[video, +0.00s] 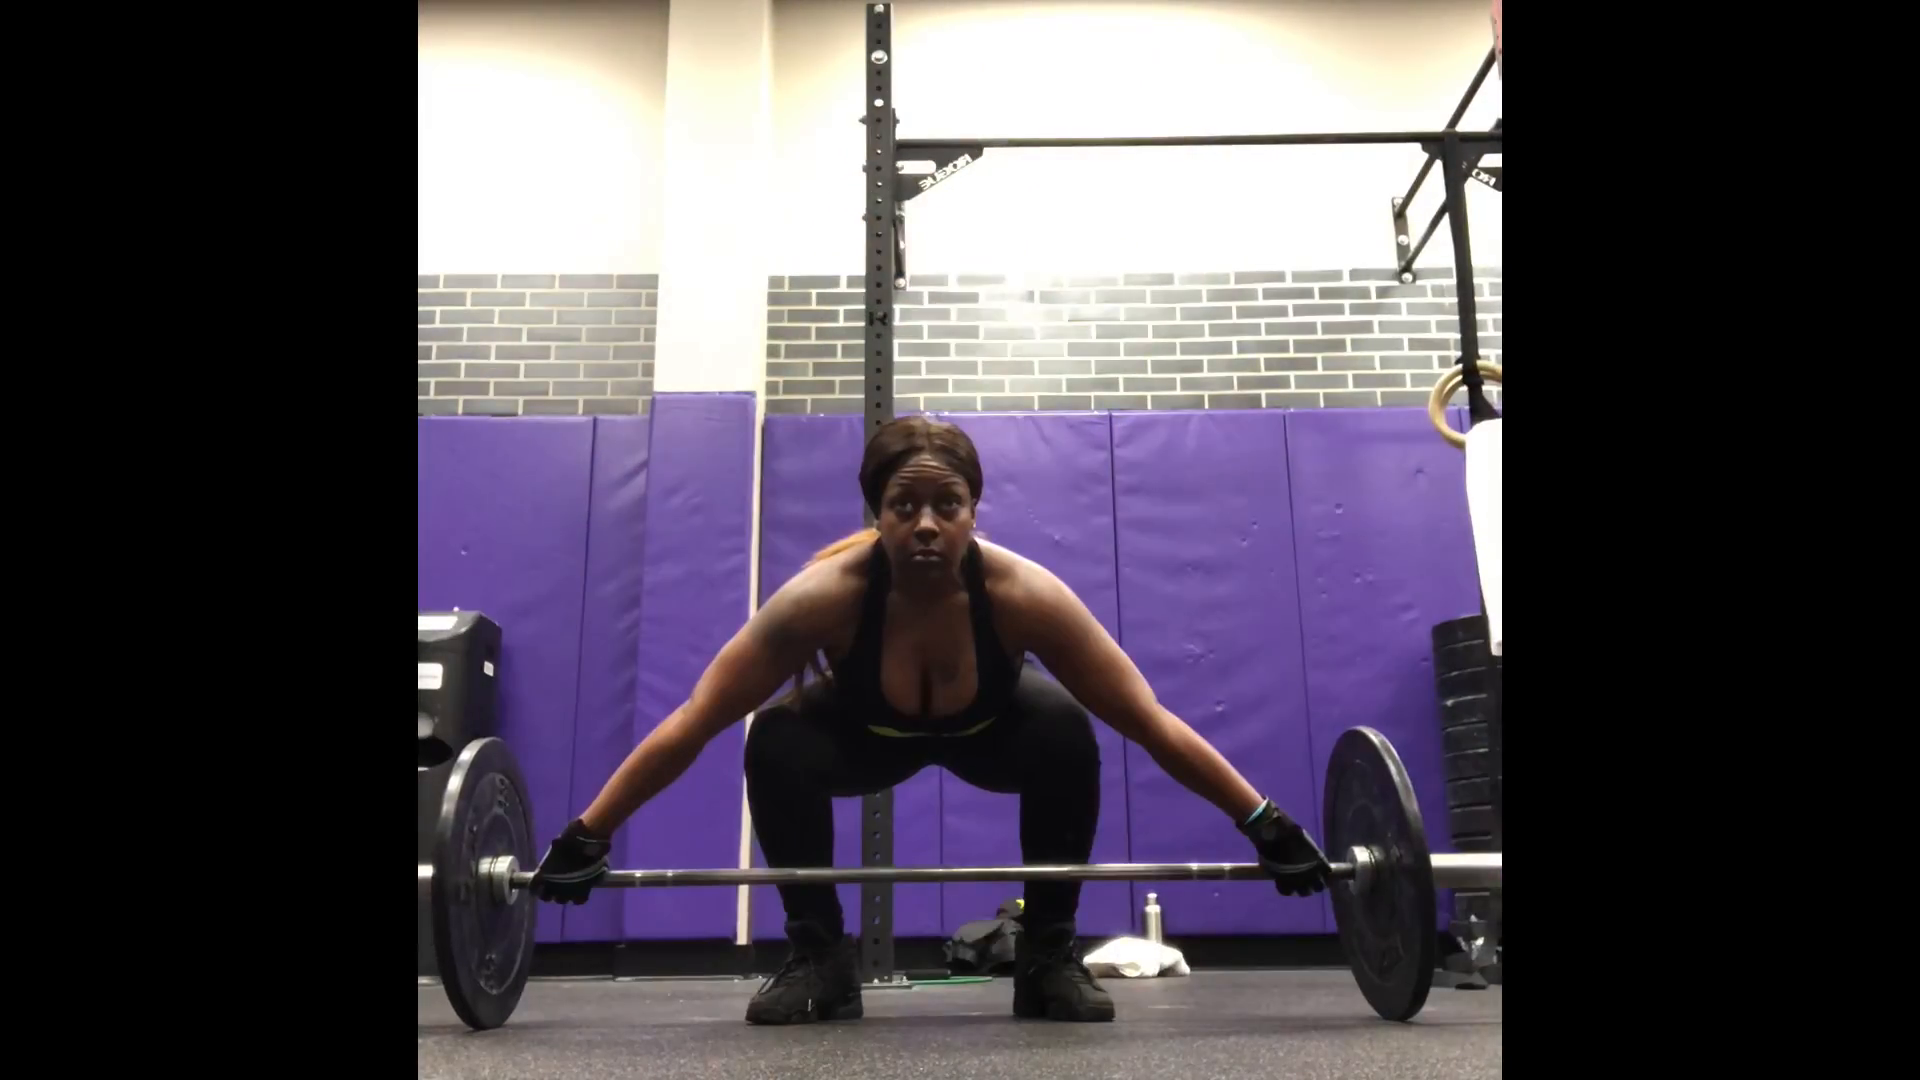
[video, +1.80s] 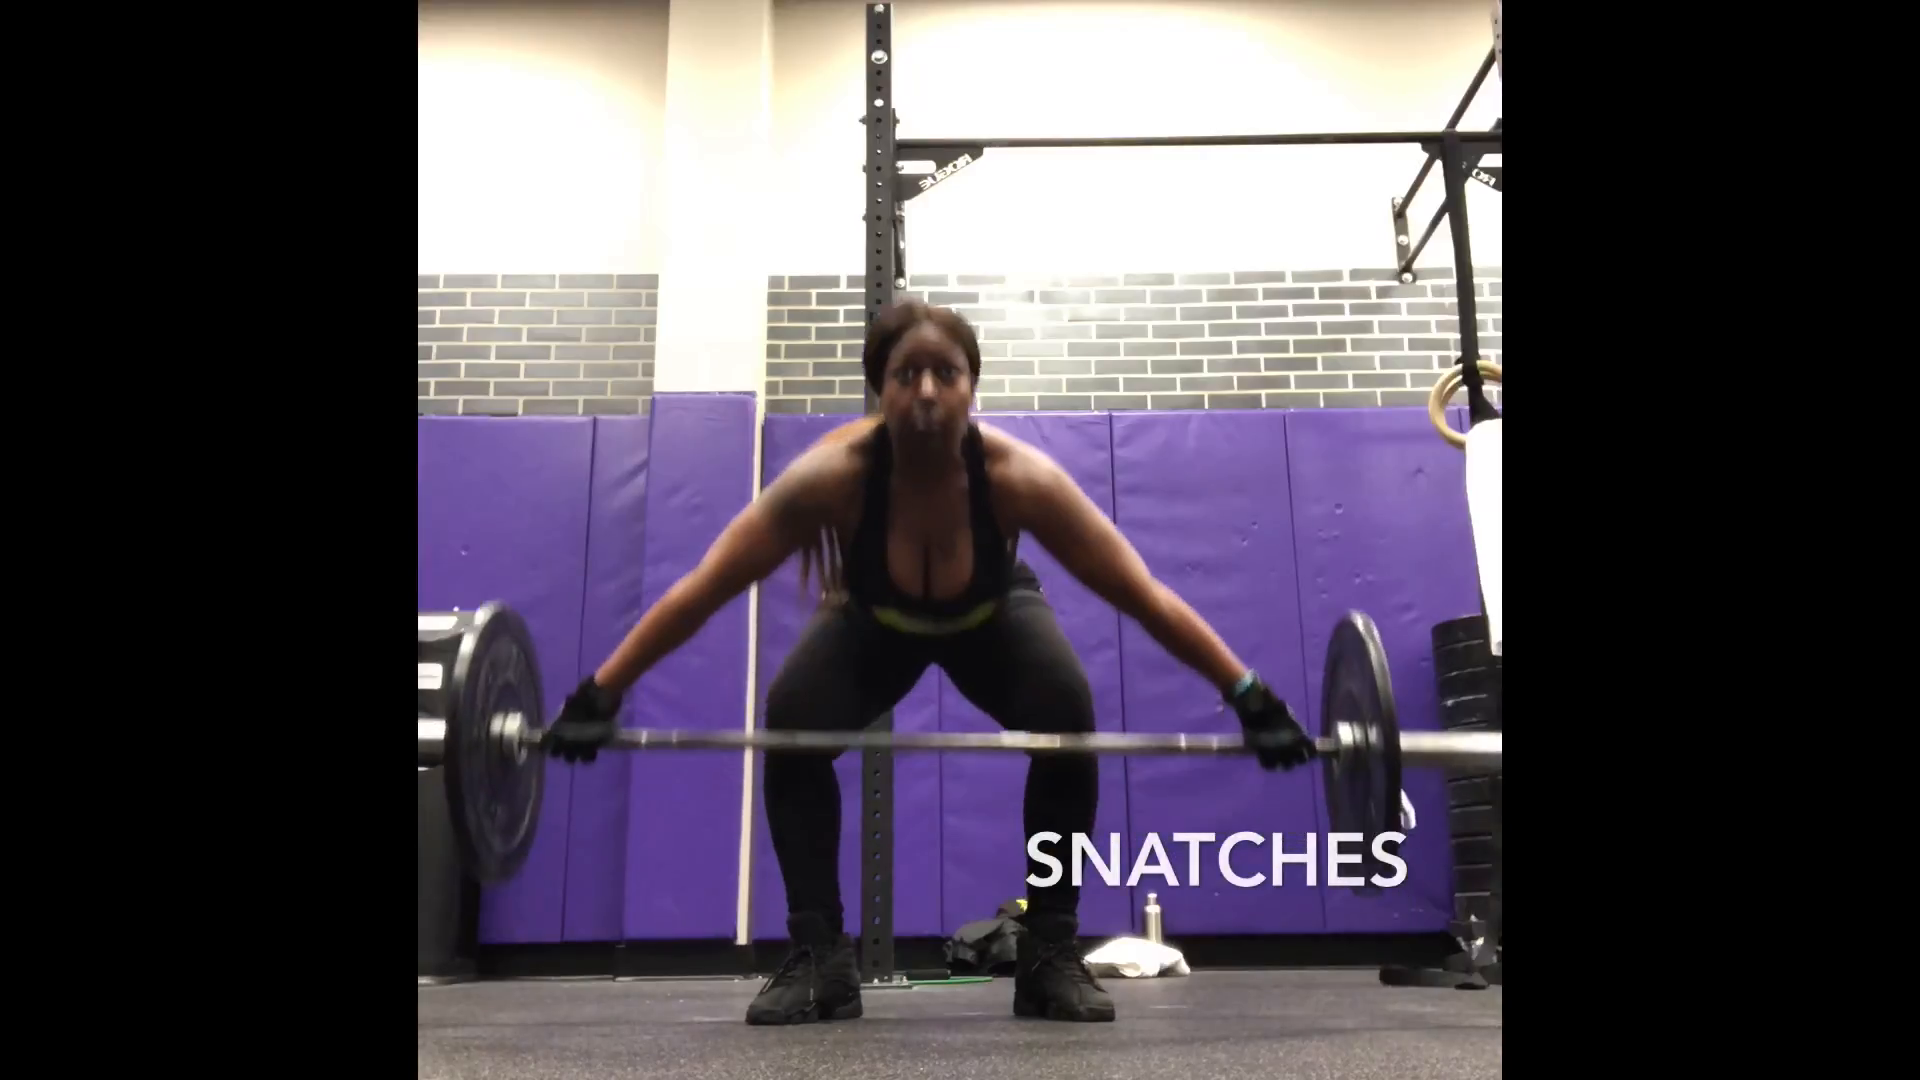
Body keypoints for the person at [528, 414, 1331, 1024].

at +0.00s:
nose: (928, 522)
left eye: (946, 503)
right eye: (908, 505)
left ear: (973, 510)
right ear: (877, 514)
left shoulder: (1025, 594)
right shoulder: (823, 595)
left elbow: (1151, 724)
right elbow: (696, 724)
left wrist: (1263, 821)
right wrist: (585, 834)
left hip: (985, 731)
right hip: (865, 735)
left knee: (1065, 736)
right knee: (777, 746)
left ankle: (1049, 961)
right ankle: (819, 961)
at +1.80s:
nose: (927, 389)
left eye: (945, 372)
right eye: (909, 373)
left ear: (972, 387)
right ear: (879, 390)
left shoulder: (1021, 480)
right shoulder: (831, 477)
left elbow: (1139, 593)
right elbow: (708, 586)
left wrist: (1247, 691)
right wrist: (599, 691)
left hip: (991, 622)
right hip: (876, 626)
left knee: (1069, 720)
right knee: (789, 729)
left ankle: (1050, 960)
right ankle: (817, 959)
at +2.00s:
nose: (934, 249)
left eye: (950, 237)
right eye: (915, 237)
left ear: (976, 268)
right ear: (885, 267)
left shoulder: (1019, 380)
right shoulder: (837, 372)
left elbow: (1140, 463)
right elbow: (719, 453)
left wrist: (1242, 554)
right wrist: (615, 545)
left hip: (985, 587)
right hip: (871, 588)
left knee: (1054, 725)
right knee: (791, 728)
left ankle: (1048, 959)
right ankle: (822, 957)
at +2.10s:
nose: (943, 179)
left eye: (958, 170)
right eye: (924, 169)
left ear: (979, 200)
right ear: (894, 197)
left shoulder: (1021, 312)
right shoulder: (842, 303)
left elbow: (1138, 377)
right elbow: (732, 369)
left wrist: (1235, 442)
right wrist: (629, 428)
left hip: (980, 539)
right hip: (870, 538)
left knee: (1030, 713)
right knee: (816, 712)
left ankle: (1047, 945)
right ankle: (817, 947)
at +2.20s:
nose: (943, 140)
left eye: (960, 133)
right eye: (926, 131)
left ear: (983, 166)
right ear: (899, 162)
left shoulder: (1015, 258)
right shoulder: (850, 250)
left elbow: (1133, 302)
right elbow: (734, 306)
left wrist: (1232, 325)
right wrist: (631, 311)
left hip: (978, 478)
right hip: (870, 477)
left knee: (1028, 681)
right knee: (831, 680)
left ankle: (1073, 910)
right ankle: (792, 912)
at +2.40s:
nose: (948, 219)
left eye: (964, 211)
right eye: (933, 210)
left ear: (986, 239)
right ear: (907, 235)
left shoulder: (1019, 314)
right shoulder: (856, 308)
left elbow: (1147, 296)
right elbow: (730, 296)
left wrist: (1222, 195)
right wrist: (652, 191)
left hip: (990, 534)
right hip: (878, 535)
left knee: (1101, 703)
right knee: (758, 708)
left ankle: (1175, 927)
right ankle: (708, 946)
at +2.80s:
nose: (939, 343)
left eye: (956, 328)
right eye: (922, 329)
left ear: (984, 344)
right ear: (897, 346)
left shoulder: (1024, 423)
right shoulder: (858, 420)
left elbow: (1151, 356)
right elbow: (739, 354)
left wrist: (1241, 281)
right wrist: (649, 276)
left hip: (1003, 665)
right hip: (882, 669)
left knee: (1153, 748)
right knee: (717, 746)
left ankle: (1184, 962)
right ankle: (703, 961)